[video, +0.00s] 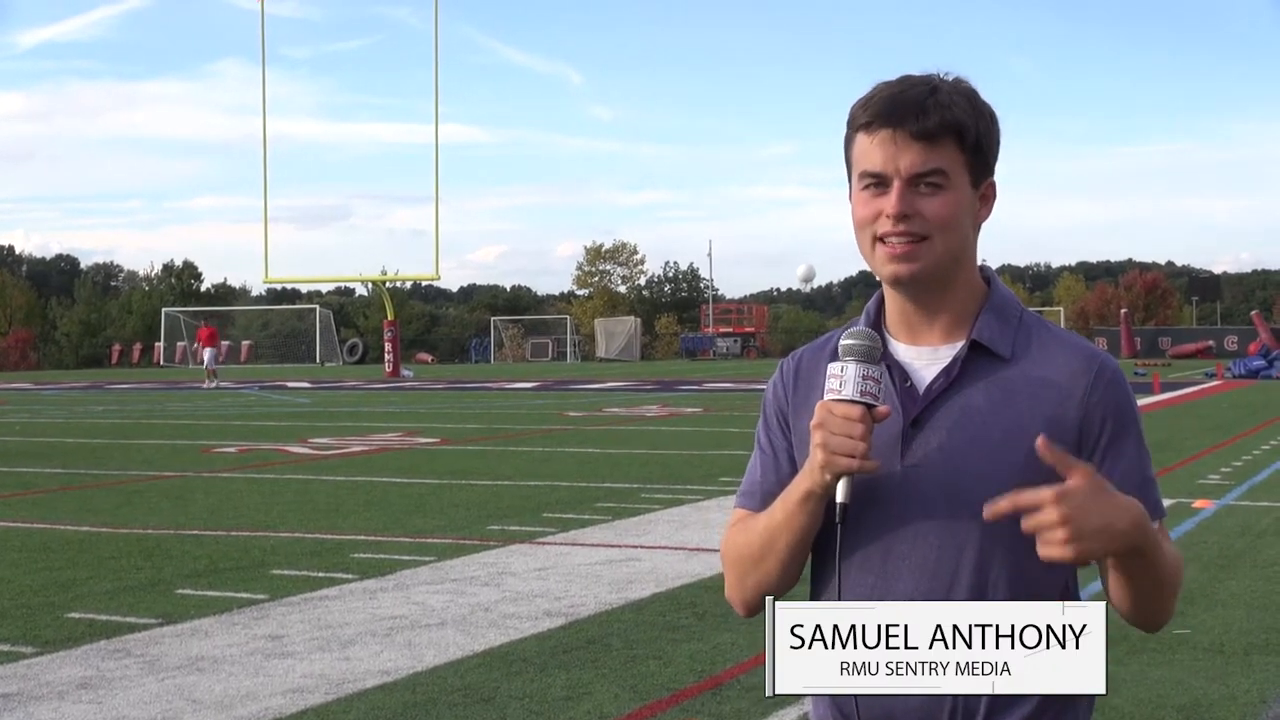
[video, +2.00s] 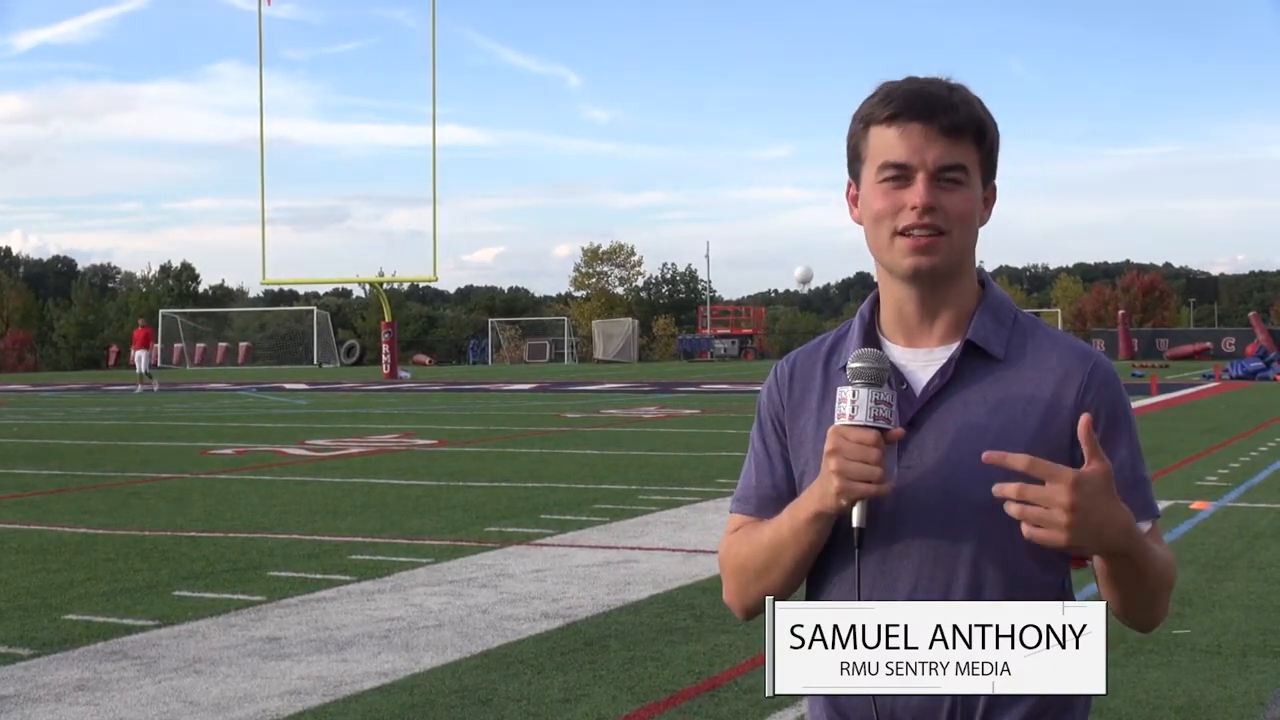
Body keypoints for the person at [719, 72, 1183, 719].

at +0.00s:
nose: (896, 209)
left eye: (929, 183)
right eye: (874, 184)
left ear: (983, 200)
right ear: (852, 201)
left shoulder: (1082, 380)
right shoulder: (803, 379)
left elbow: (1151, 611)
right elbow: (743, 588)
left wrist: (1132, 529)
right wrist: (815, 477)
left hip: (1027, 706)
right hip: (850, 706)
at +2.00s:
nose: (922, 201)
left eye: (950, 178)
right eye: (895, 177)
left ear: (986, 201)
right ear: (855, 201)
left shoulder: (1075, 379)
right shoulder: (796, 384)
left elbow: (1146, 611)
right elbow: (740, 590)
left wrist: (1118, 536)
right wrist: (820, 498)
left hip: (1024, 706)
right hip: (846, 707)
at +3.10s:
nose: (917, 201)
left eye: (945, 178)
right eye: (890, 179)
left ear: (982, 200)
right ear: (850, 205)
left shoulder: (1074, 382)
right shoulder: (795, 384)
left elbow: (1141, 585)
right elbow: (741, 587)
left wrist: (1085, 590)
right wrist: (823, 507)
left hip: (1021, 708)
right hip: (844, 708)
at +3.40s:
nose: (914, 200)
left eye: (946, 180)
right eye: (891, 176)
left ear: (988, 205)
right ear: (858, 201)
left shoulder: (1076, 380)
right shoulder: (796, 381)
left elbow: (1143, 609)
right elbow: (738, 586)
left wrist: (1100, 545)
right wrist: (816, 502)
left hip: (1023, 705)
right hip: (847, 707)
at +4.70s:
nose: (918, 205)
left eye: (950, 182)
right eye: (895, 180)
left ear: (992, 207)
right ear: (862, 202)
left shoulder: (1078, 385)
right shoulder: (796, 383)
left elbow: (1151, 584)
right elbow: (745, 587)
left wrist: (1027, 581)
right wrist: (835, 511)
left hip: (1025, 708)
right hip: (847, 708)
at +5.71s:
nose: (911, 202)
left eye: (943, 180)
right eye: (887, 178)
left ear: (987, 203)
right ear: (856, 203)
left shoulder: (1076, 377)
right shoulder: (796, 382)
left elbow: (1153, 598)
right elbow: (738, 589)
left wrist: (1058, 499)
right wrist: (807, 493)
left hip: (1027, 704)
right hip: (851, 706)